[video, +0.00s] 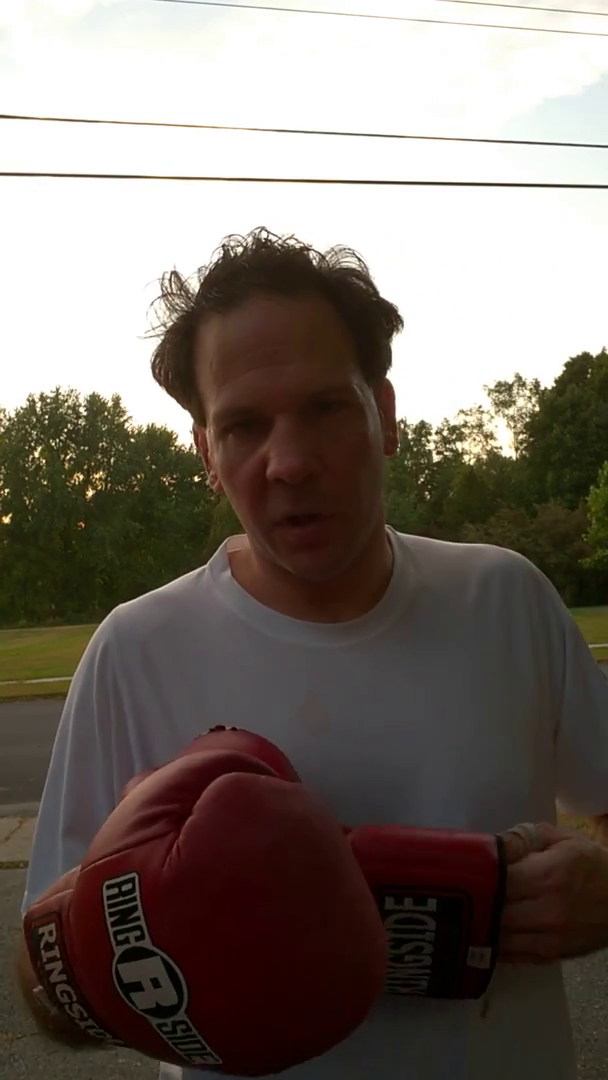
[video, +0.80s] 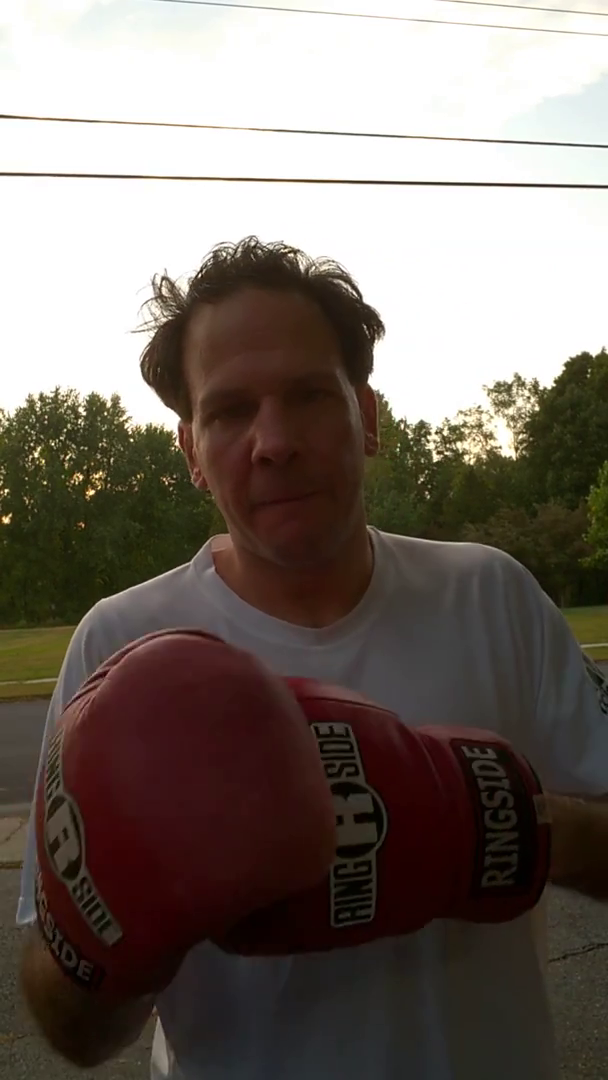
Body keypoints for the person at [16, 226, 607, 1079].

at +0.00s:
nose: (290, 462)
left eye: (325, 408)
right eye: (246, 426)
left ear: (386, 418)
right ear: (208, 458)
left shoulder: (510, 603)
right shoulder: (135, 655)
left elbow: (607, 816)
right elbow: (51, 996)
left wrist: (602, 880)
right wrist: (101, 898)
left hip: (515, 1065)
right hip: (253, 1069)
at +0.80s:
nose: (274, 443)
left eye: (308, 397)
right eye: (231, 410)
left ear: (369, 420)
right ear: (192, 454)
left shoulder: (493, 600)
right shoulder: (120, 643)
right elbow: (74, 1034)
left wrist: (503, 823)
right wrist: (134, 894)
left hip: (494, 1061)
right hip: (237, 1070)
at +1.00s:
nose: (178, 453)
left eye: (221, 400)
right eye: (163, 417)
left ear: (339, 419)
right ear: (157, 439)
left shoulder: (492, 602)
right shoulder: (112, 642)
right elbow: (88, 1038)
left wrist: (520, 819)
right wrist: (164, 882)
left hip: (480, 1061)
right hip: (223, 1070)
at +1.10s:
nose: (144, 451)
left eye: (186, 403)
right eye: (140, 416)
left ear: (314, 419)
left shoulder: (484, 597)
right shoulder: (104, 641)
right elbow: (91, 1038)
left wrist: (503, 813)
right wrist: (163, 868)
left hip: (469, 1060)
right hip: (215, 1068)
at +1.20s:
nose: (111, 456)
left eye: (154, 404)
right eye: (117, 415)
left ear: (283, 426)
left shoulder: (477, 599)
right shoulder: (94, 645)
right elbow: (78, 1043)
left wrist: (477, 816)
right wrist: (159, 834)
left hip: (460, 1062)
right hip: (210, 1068)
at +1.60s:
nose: (190, 470)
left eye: (229, 431)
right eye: (198, 435)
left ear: (346, 451)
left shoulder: (525, 610)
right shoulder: (166, 643)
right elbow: (129, 989)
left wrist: (487, 805)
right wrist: (247, 813)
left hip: (498, 1059)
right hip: (251, 1066)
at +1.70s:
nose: (258, 500)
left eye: (300, 466)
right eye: (262, 470)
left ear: (411, 488)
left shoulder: (574, 649)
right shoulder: (232, 666)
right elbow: (155, 977)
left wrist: (571, 848)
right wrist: (287, 847)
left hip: (534, 1061)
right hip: (302, 1065)